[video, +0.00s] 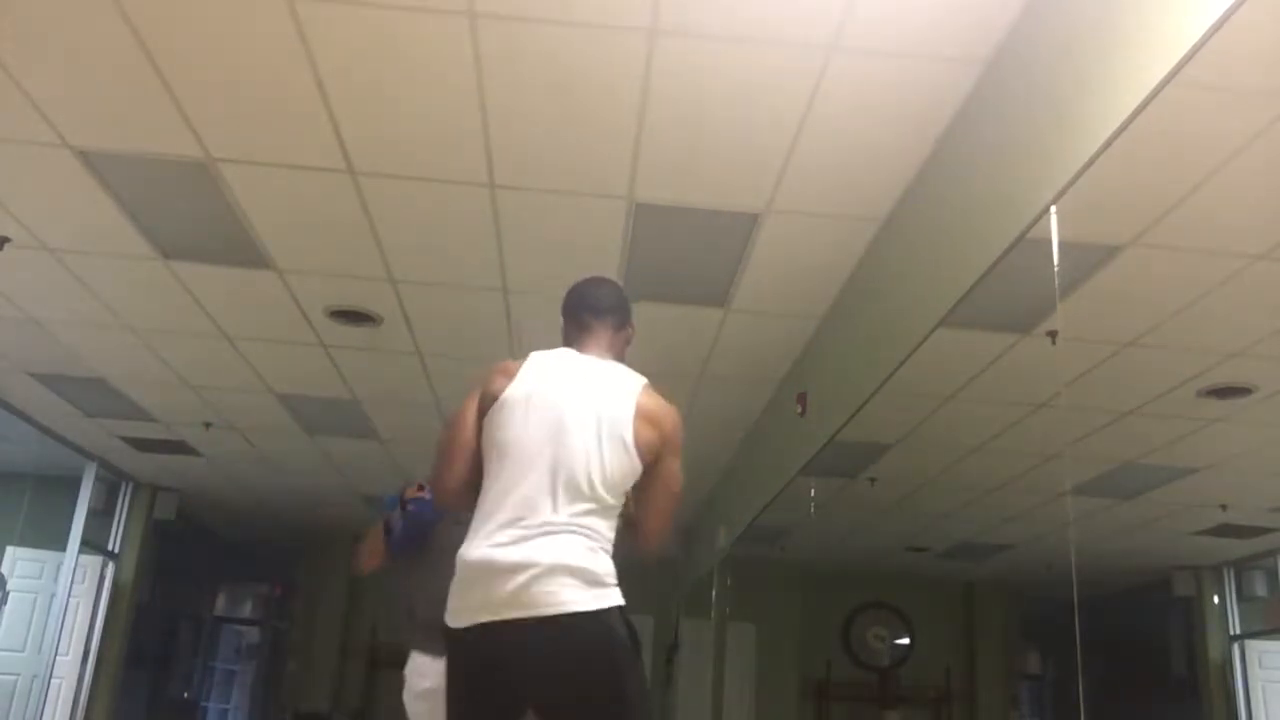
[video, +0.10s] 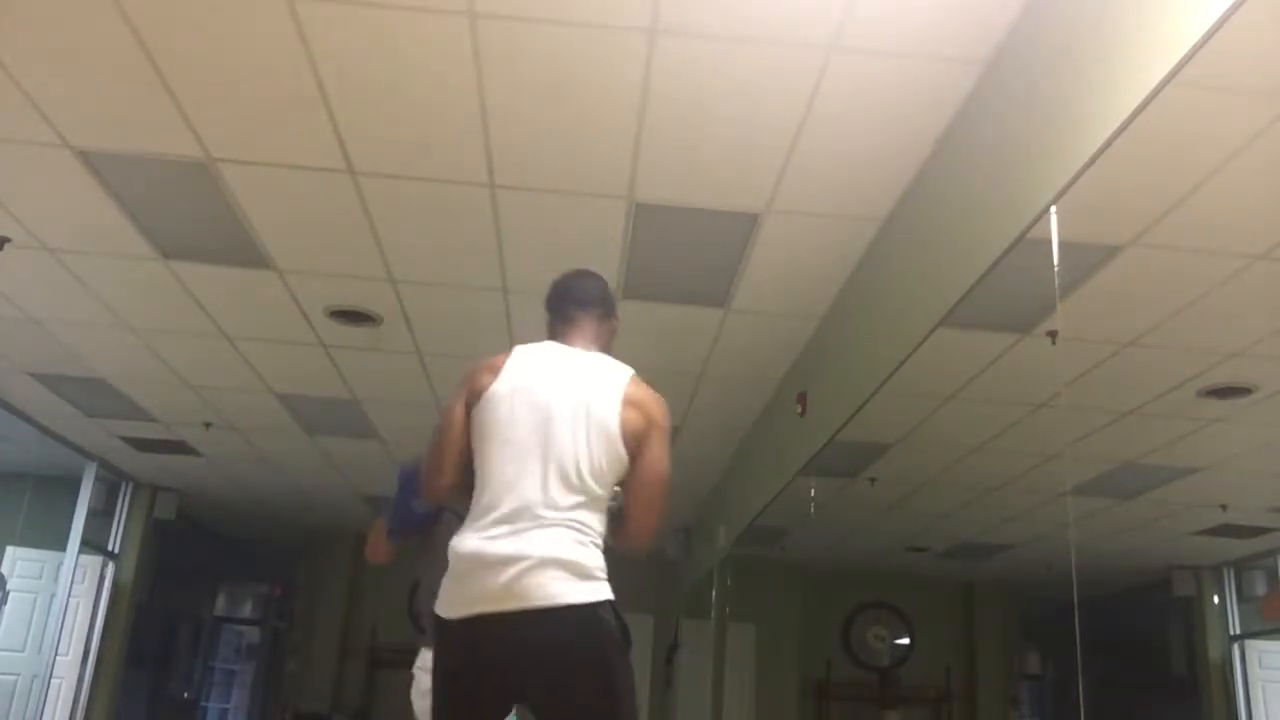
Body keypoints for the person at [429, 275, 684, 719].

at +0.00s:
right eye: (625, 333)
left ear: (564, 328)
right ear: (627, 332)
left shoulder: (500, 379)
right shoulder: (656, 412)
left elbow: (450, 489)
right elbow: (652, 537)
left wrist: (517, 483)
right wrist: (614, 489)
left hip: (478, 622)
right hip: (579, 619)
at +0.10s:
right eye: (608, 321)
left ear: (550, 320)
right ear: (612, 322)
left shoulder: (488, 373)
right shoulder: (643, 400)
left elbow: (438, 483)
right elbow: (640, 533)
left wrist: (505, 490)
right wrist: (582, 511)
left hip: (469, 619)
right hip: (572, 617)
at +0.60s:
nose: (484, 338)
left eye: (484, 327)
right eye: (484, 325)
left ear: (420, 320)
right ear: (473, 317)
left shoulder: (365, 379)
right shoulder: (476, 364)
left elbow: (408, 491)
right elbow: (516, 477)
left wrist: (512, 488)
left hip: (333, 586)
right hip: (411, 583)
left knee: (354, 711)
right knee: (440, 710)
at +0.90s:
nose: (433, 355)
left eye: (436, 342)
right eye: (435, 340)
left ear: (369, 328)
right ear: (417, 329)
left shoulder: (302, 389)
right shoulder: (395, 395)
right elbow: (399, 522)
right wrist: (440, 494)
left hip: (263, 588)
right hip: (316, 595)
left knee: (274, 710)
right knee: (336, 711)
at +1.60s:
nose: (434, 407)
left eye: (434, 396)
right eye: (427, 390)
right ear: (389, 381)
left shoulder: (394, 474)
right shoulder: (328, 429)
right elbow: (312, 532)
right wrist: (390, 512)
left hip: (339, 628)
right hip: (276, 613)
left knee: (383, 699)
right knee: (288, 704)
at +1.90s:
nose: (366, 381)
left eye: (367, 367)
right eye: (361, 362)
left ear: (325, 355)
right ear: (323, 352)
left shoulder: (320, 450)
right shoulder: (264, 418)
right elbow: (326, 520)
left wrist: (340, 541)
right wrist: (386, 483)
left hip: (285, 617)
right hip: (224, 605)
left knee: (311, 707)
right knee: (227, 709)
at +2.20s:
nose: (359, 366)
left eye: (361, 352)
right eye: (355, 348)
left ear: (320, 340)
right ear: (318, 336)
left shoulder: (315, 424)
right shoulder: (259, 383)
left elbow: (287, 522)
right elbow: (253, 487)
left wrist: (351, 503)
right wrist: (328, 468)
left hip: (274, 592)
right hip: (215, 583)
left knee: (285, 711)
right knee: (193, 710)